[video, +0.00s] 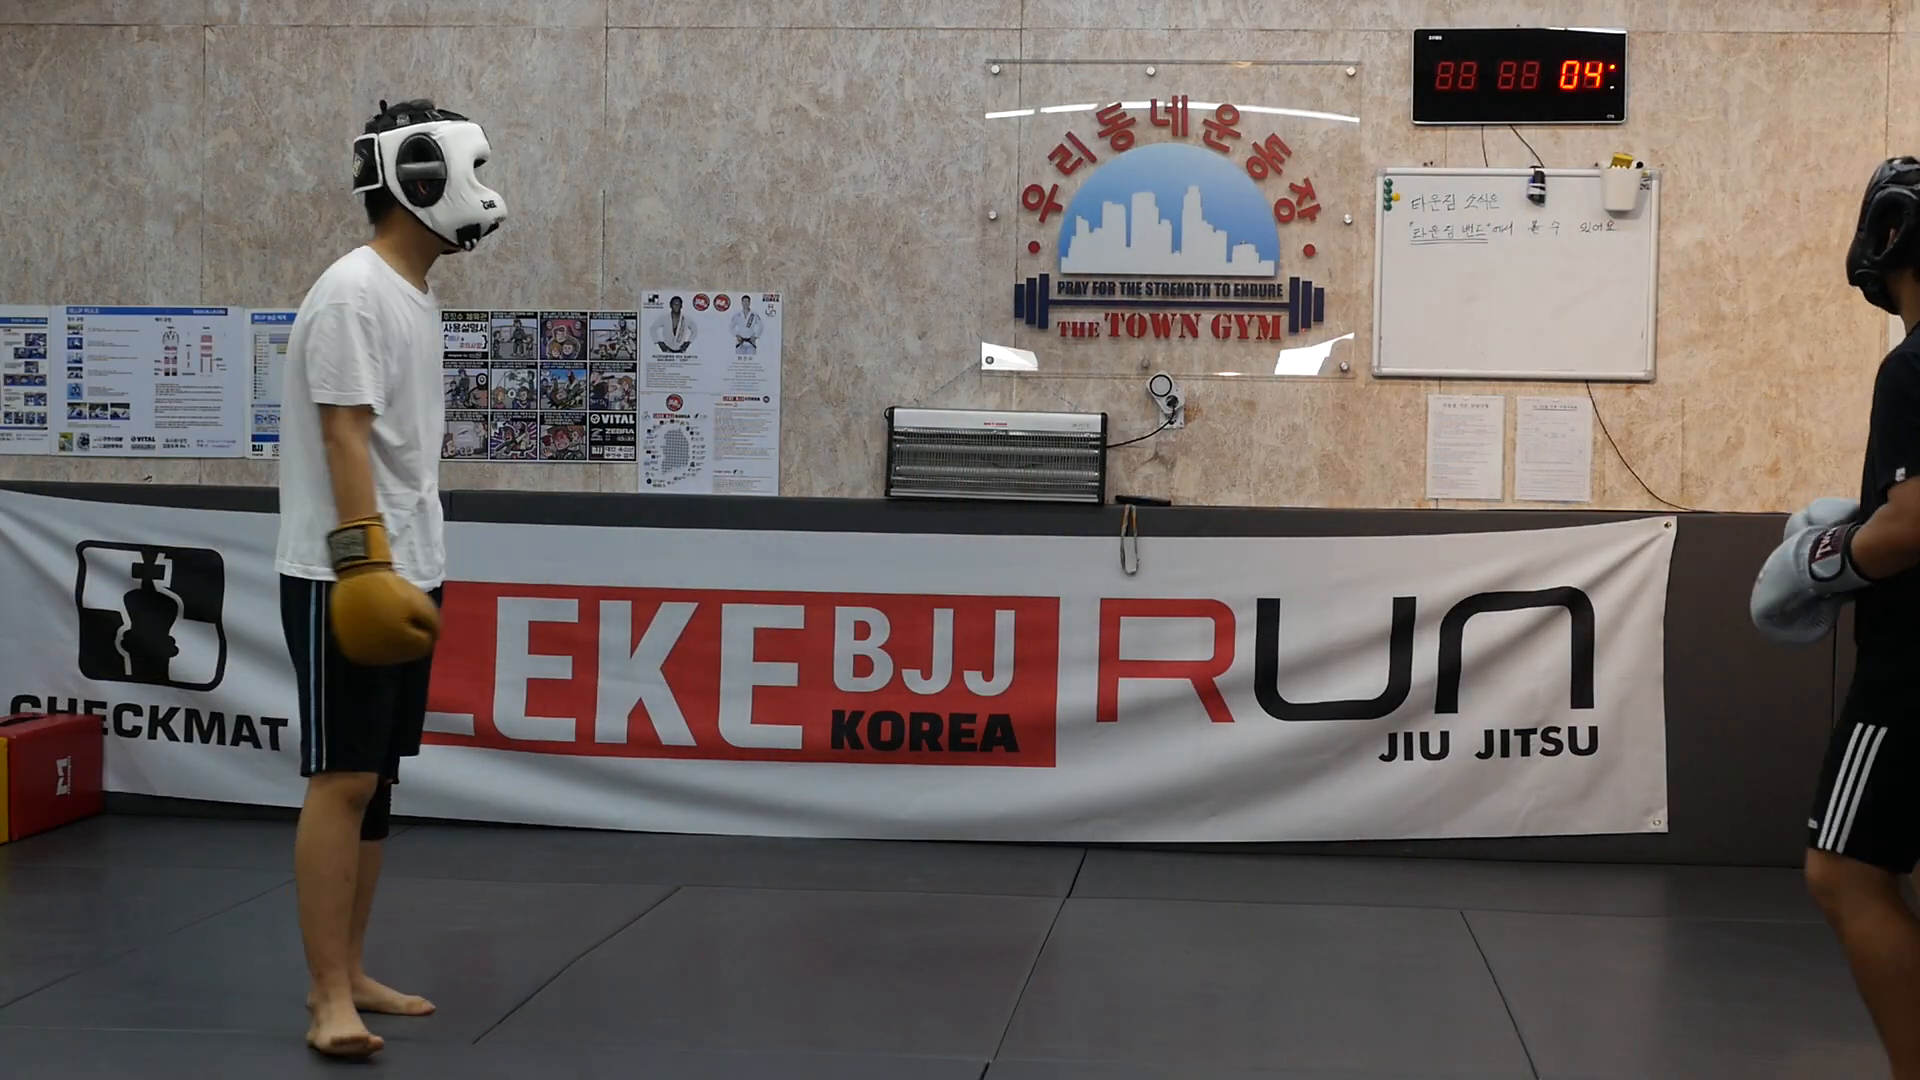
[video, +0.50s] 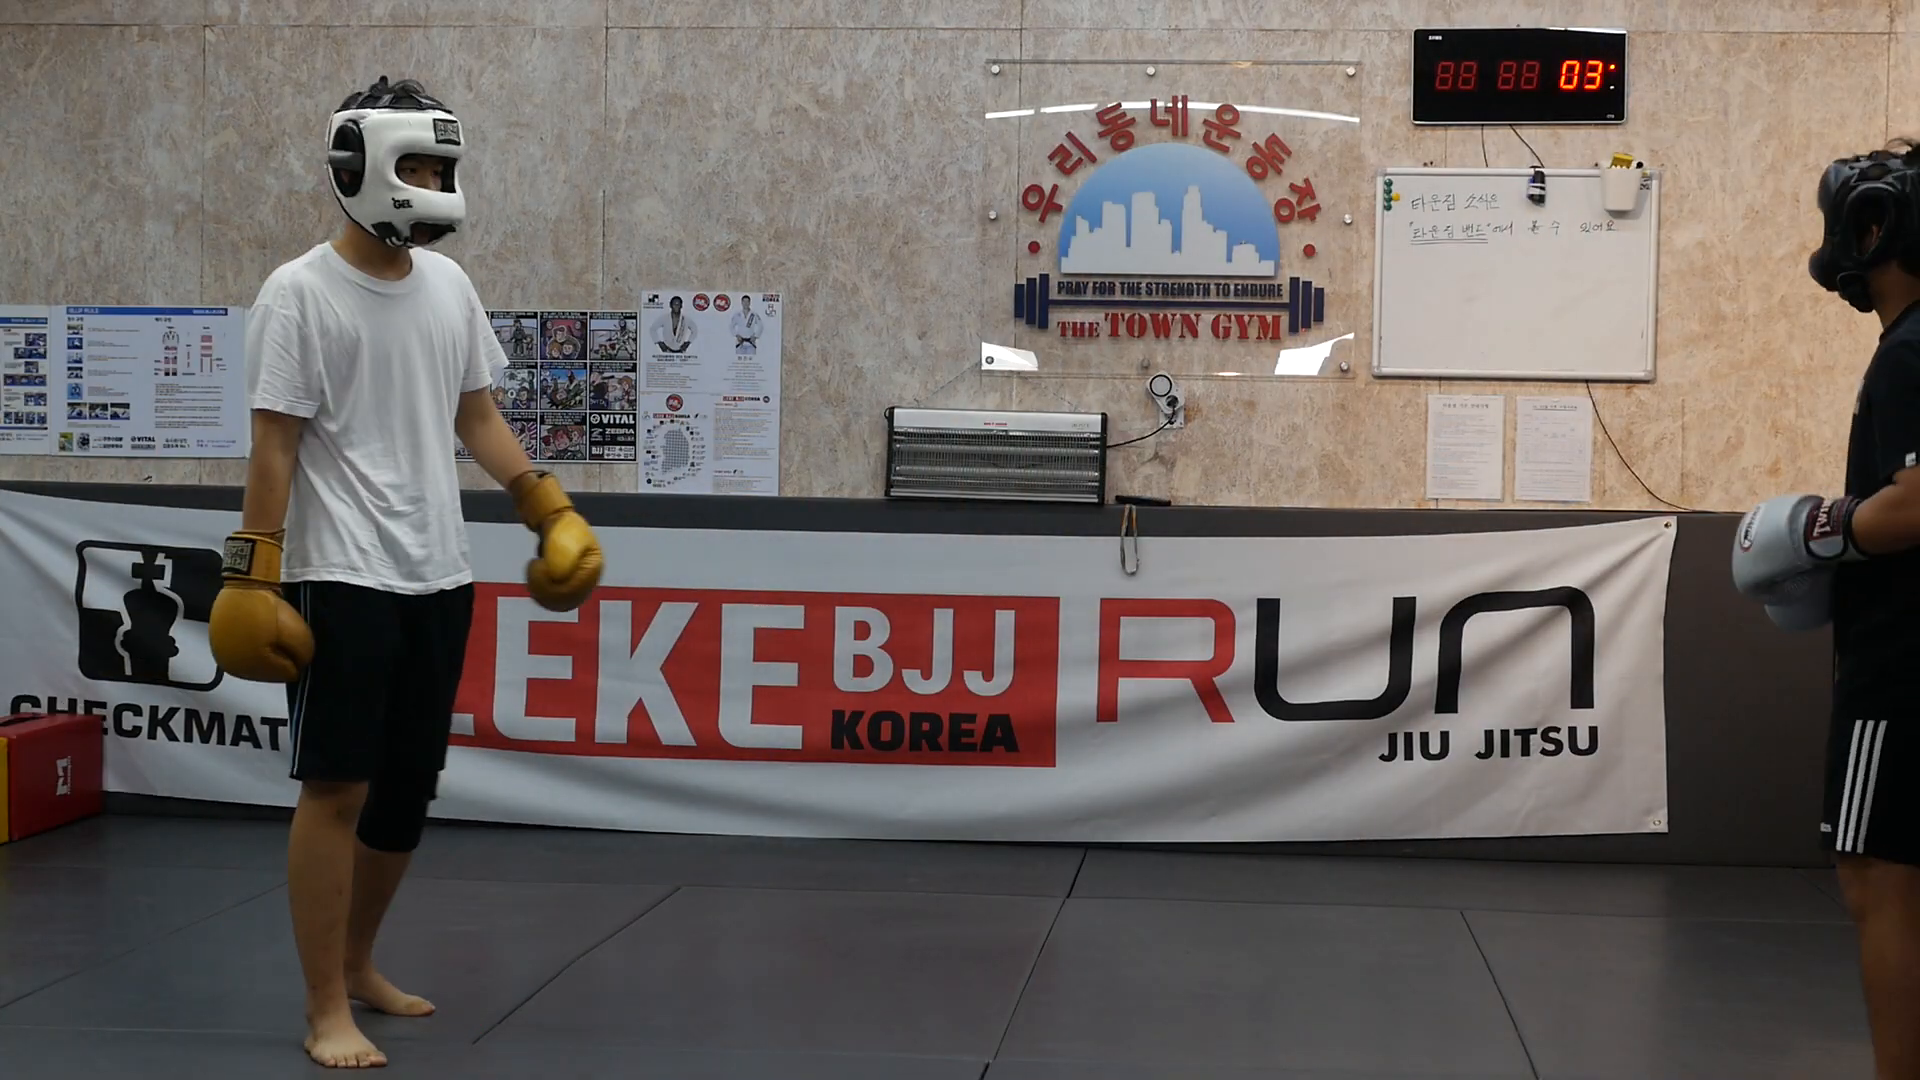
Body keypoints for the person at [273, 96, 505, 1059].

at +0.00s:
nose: (483, 193)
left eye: (481, 175)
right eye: (468, 176)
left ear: (413, 187)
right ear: (417, 185)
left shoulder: (412, 299)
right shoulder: (350, 291)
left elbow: (397, 446)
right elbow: (344, 433)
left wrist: (420, 570)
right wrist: (365, 561)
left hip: (400, 568)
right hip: (344, 570)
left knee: (374, 778)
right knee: (342, 779)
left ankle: (351, 969)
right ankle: (329, 993)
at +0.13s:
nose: (466, 195)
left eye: (468, 175)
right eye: (448, 179)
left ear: (427, 184)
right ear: (396, 183)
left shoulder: (436, 296)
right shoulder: (332, 291)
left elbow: (434, 439)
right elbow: (310, 433)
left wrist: (463, 544)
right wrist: (323, 559)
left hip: (421, 573)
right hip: (353, 571)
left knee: (380, 779)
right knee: (342, 781)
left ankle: (350, 969)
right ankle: (326, 1003)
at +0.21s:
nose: (461, 190)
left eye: (464, 171)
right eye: (443, 173)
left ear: (422, 183)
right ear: (388, 178)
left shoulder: (441, 294)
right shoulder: (323, 292)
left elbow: (461, 425)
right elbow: (296, 435)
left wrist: (503, 531)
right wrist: (292, 562)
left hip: (425, 582)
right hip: (349, 583)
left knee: (383, 786)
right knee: (338, 789)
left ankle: (351, 970)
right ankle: (327, 1008)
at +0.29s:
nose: (454, 181)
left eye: (458, 165)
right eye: (435, 166)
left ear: (458, 173)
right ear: (377, 171)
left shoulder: (445, 291)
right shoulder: (315, 291)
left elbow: (477, 420)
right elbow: (285, 437)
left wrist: (540, 522)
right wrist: (274, 569)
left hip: (428, 582)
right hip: (345, 581)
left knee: (385, 787)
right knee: (335, 789)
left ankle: (351, 970)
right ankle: (326, 1011)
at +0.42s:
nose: (437, 181)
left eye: (444, 167)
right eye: (418, 165)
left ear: (450, 177)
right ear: (362, 171)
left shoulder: (449, 289)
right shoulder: (304, 293)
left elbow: (486, 418)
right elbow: (278, 438)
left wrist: (561, 512)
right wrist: (258, 571)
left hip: (434, 577)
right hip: (341, 576)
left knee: (393, 788)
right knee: (335, 790)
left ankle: (352, 970)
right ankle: (327, 1013)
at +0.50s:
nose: (432, 181)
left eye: (440, 165)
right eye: (411, 164)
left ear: (449, 172)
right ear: (354, 170)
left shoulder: (449, 285)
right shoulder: (298, 293)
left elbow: (479, 415)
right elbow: (273, 442)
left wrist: (549, 510)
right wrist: (253, 575)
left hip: (438, 579)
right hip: (340, 581)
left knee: (404, 792)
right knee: (335, 791)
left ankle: (356, 964)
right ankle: (326, 1012)